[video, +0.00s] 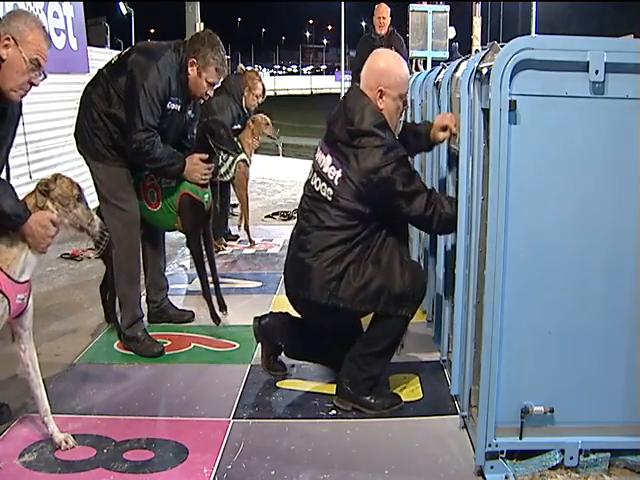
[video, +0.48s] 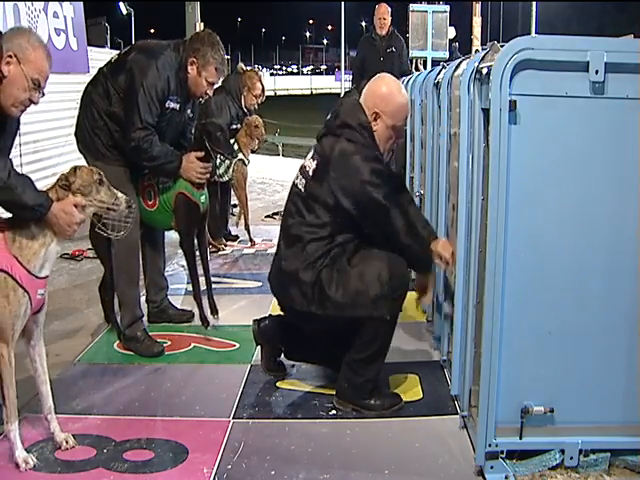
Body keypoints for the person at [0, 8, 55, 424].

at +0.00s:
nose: (38, 80)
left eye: (42, 72)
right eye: (34, 65)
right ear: (6, 47)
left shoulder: (13, 104)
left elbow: (0, 173)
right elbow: (2, 177)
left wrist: (22, 215)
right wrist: (21, 219)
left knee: (7, 312)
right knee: (4, 314)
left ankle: (1, 403)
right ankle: (0, 405)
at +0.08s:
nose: (36, 82)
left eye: (40, 73)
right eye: (33, 67)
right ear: (5, 47)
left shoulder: (13, 106)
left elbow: (0, 172)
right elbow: (1, 175)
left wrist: (25, 211)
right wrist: (22, 217)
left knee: (5, 310)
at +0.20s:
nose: (35, 78)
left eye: (40, 70)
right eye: (32, 63)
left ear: (10, 47)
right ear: (5, 42)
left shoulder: (13, 102)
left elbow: (2, 166)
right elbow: (3, 167)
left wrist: (32, 204)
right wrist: (32, 206)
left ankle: (2, 409)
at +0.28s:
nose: (34, 80)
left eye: (39, 72)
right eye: (32, 65)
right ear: (6, 45)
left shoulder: (12, 99)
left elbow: (2, 163)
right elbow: (2, 166)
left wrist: (39, 204)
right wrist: (39, 207)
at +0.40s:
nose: (35, 93)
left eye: (39, 83)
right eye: (34, 78)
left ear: (7, 57)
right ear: (7, 57)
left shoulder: (10, 109)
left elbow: (4, 168)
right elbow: (3, 173)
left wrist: (44, 203)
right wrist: (47, 208)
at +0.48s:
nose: (36, 99)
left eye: (40, 91)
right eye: (35, 85)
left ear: (8, 63)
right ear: (8, 63)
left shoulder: (10, 115)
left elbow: (4, 171)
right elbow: (3, 175)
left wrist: (45, 205)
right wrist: (47, 210)